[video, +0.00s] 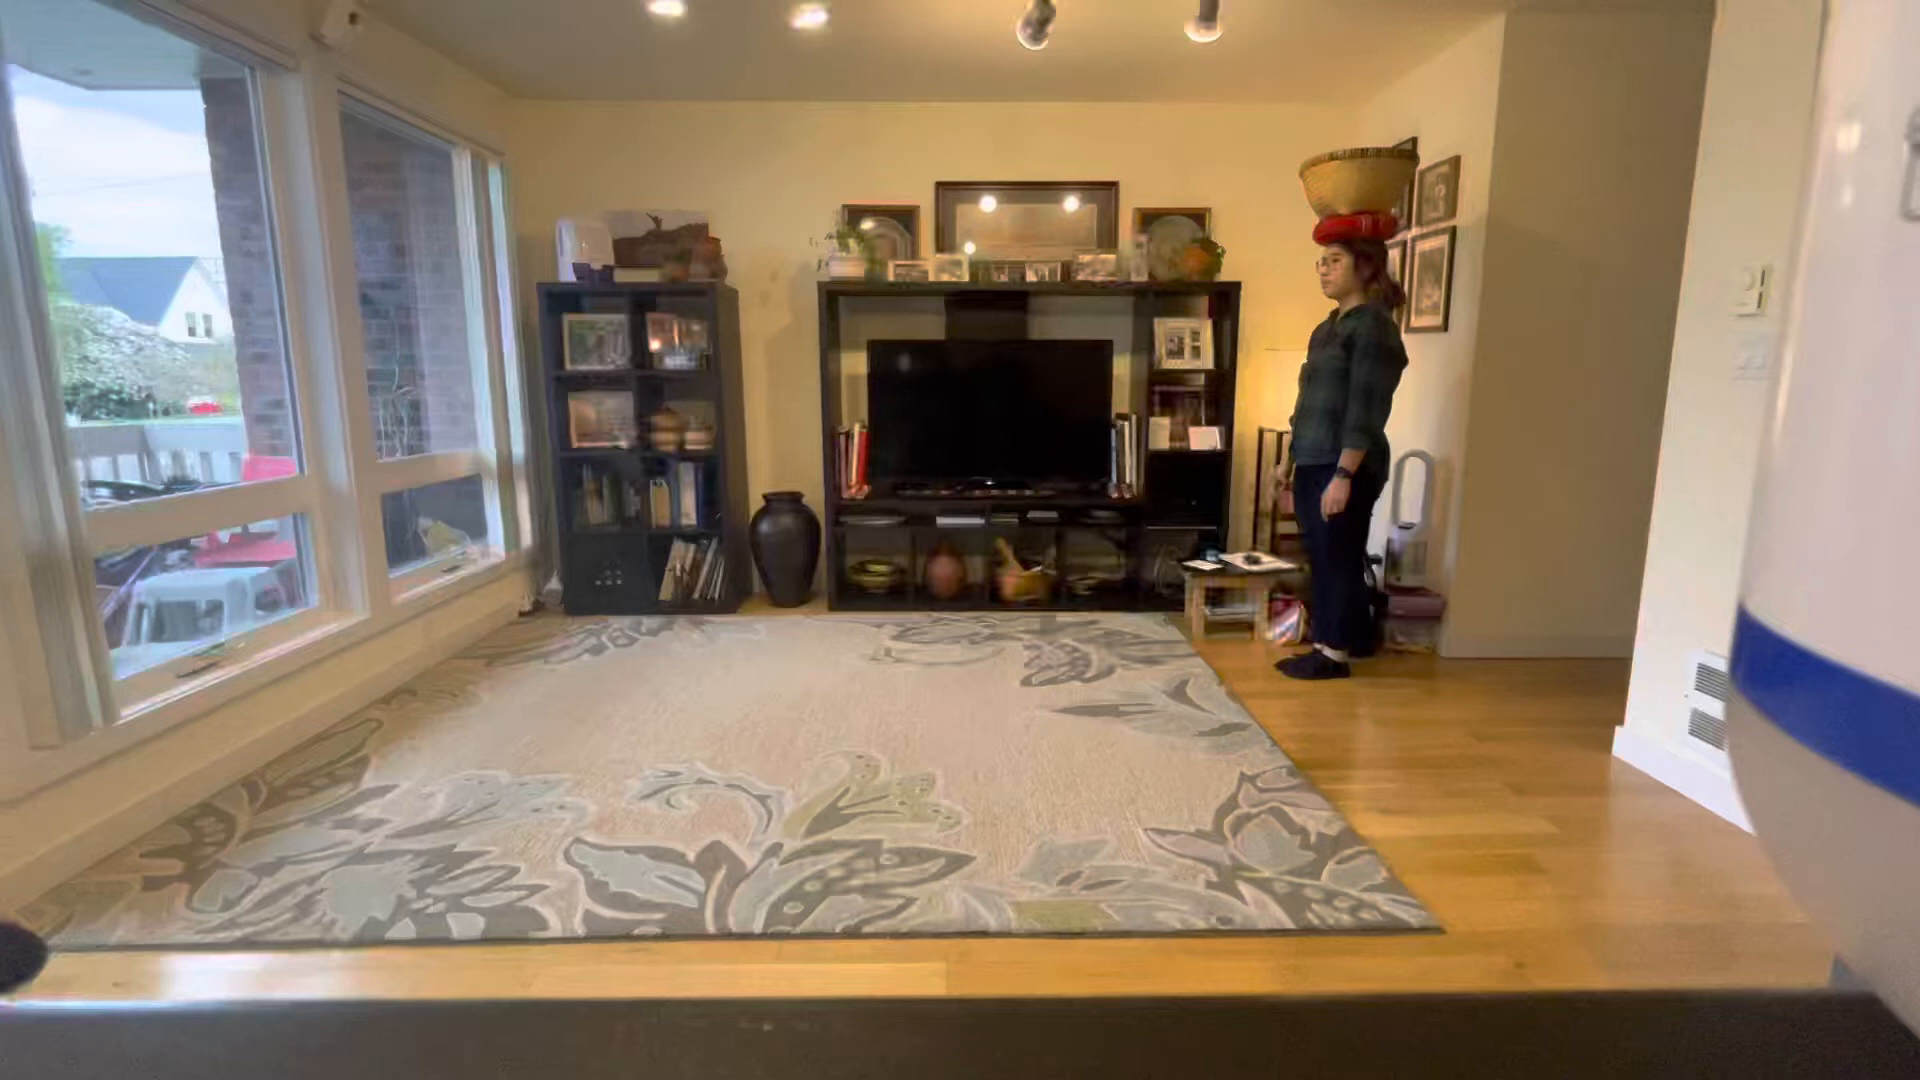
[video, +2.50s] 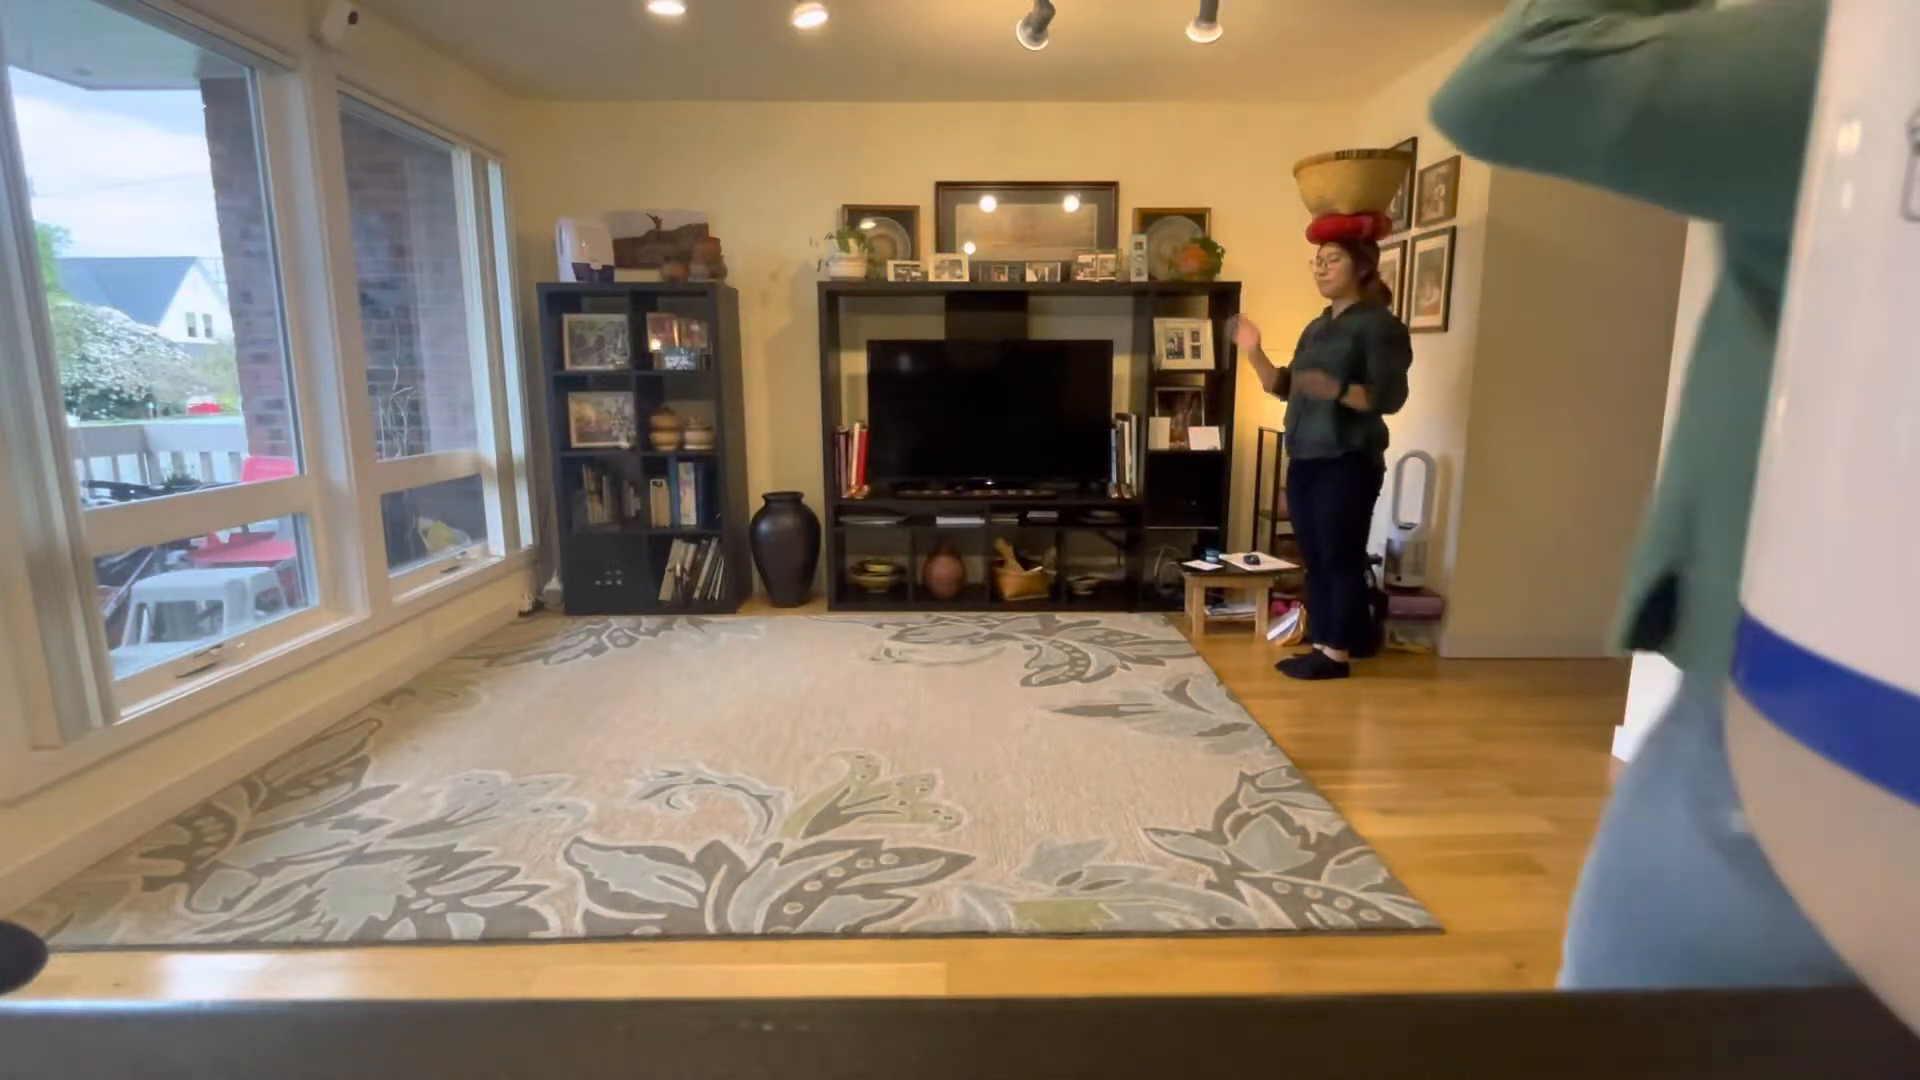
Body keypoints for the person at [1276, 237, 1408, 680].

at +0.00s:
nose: (1322, 270)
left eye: (1332, 261)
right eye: (1320, 263)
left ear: (1364, 266)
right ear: (1323, 269)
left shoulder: (1374, 325)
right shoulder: (1327, 328)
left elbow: (1368, 406)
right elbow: (1310, 401)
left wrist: (1344, 473)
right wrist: (1292, 460)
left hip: (1349, 461)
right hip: (1316, 460)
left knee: (1337, 557)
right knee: (1324, 556)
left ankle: (1334, 649)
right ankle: (1329, 639)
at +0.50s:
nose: (1322, 270)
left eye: (1332, 261)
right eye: (1320, 262)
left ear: (1363, 268)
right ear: (1321, 271)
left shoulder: (1375, 326)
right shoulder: (1326, 327)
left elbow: (1373, 405)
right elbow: (1309, 399)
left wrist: (1340, 457)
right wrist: (1277, 445)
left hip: (1349, 460)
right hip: (1315, 457)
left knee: (1338, 554)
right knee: (1322, 553)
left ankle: (1334, 650)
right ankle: (1327, 640)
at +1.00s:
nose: (1323, 268)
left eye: (1334, 259)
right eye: (1319, 260)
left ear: (1363, 265)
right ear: (1317, 266)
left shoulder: (1377, 314)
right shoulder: (1318, 318)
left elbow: (1404, 299)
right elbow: (1263, 324)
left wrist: (1386, 256)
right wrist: (1284, 277)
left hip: (1354, 448)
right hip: (1311, 449)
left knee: (1339, 546)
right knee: (1318, 545)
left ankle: (1334, 649)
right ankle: (1332, 638)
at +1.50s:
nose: (1326, 267)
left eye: (1339, 258)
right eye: (1321, 259)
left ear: (1366, 267)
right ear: (1316, 265)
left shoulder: (1381, 317)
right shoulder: (1312, 317)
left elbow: (1422, 284)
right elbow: (1250, 310)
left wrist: (1391, 245)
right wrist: (1289, 264)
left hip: (1355, 448)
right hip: (1306, 448)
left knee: (1341, 547)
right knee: (1315, 547)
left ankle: (1338, 650)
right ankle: (1321, 641)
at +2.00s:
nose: (1323, 267)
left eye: (1335, 258)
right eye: (1318, 259)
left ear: (1362, 266)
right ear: (1313, 266)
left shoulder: (1377, 317)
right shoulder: (1311, 317)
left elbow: (1411, 288)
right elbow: (1250, 311)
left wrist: (1383, 248)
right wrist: (1288, 268)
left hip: (1352, 449)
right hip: (1304, 449)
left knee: (1341, 549)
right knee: (1314, 550)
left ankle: (1338, 652)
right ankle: (1321, 643)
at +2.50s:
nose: (1319, 269)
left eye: (1330, 260)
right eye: (1317, 261)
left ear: (1360, 266)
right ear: (1316, 268)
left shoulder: (1380, 324)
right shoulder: (1318, 327)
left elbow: (1391, 397)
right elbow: (1287, 387)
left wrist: (1337, 390)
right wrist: (1256, 353)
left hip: (1351, 461)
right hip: (1307, 459)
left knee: (1339, 554)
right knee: (1315, 554)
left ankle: (1337, 652)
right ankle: (1324, 643)